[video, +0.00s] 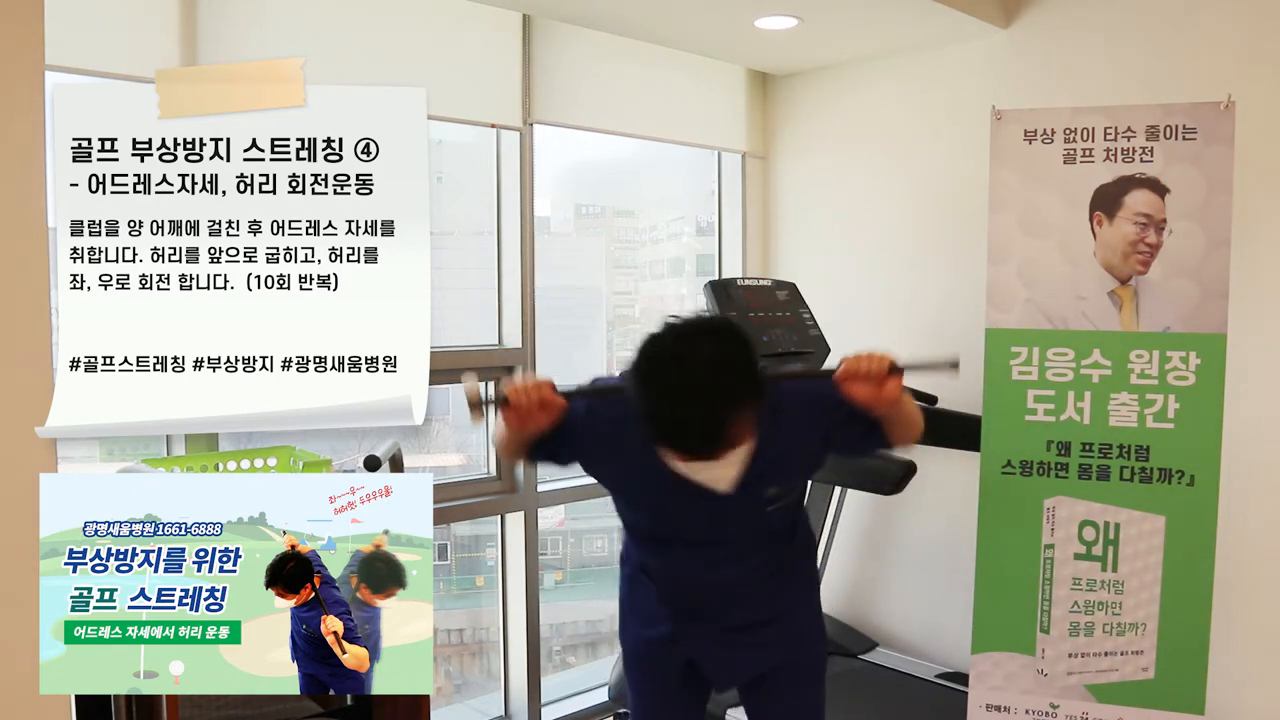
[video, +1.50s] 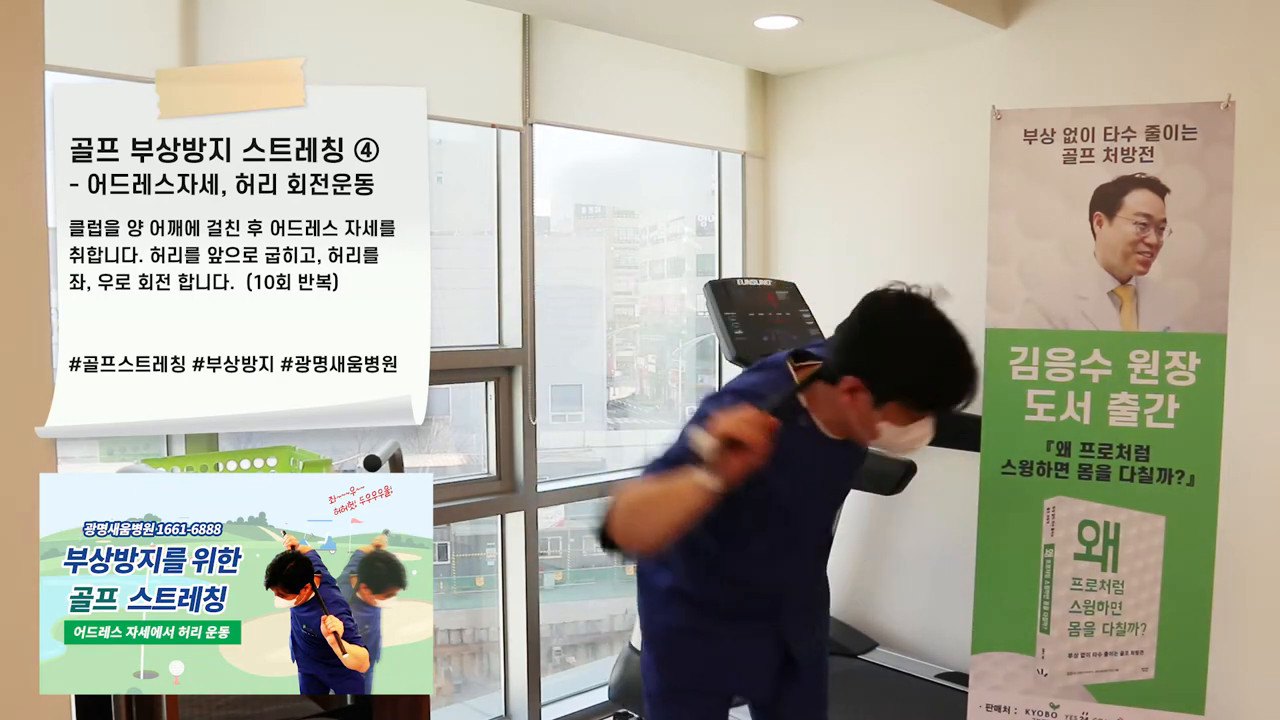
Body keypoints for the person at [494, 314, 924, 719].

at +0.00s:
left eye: (733, 441)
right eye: (690, 456)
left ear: (750, 409)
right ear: (658, 428)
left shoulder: (801, 409)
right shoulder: (608, 420)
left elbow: (907, 435)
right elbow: (510, 450)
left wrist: (889, 405)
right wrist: (521, 422)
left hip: (780, 624)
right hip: (664, 631)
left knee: (794, 711)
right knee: (659, 711)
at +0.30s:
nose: (843, 451)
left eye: (854, 440)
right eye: (839, 442)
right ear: (793, 422)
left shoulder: (806, 367)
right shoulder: (700, 434)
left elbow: (815, 343)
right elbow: (582, 568)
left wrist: (851, 315)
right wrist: (650, 530)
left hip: (795, 617)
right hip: (690, 629)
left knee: (800, 709)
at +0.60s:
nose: (918, 414)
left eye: (923, 405)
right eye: (918, 407)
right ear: (878, 411)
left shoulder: (789, 344)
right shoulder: (758, 465)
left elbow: (766, 309)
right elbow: (721, 622)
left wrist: (809, 289)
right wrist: (802, 552)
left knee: (796, 709)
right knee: (696, 708)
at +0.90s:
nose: (930, 403)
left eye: (938, 394)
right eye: (935, 394)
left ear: (859, 335)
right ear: (910, 402)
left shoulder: (787, 342)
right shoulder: (807, 476)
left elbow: (733, 311)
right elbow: (793, 629)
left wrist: (791, 285)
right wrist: (871, 543)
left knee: (795, 709)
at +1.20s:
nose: (936, 403)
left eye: (944, 393)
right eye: (941, 394)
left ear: (863, 337)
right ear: (912, 402)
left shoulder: (793, 342)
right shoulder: (805, 473)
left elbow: (745, 311)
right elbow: (788, 624)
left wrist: (801, 287)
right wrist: (864, 540)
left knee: (798, 709)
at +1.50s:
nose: (894, 430)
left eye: (904, 423)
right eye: (895, 419)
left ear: (854, 388)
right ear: (853, 392)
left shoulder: (851, 401)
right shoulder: (745, 411)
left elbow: (923, 427)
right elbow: (624, 531)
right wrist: (711, 476)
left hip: (796, 630)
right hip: (694, 637)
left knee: (801, 711)